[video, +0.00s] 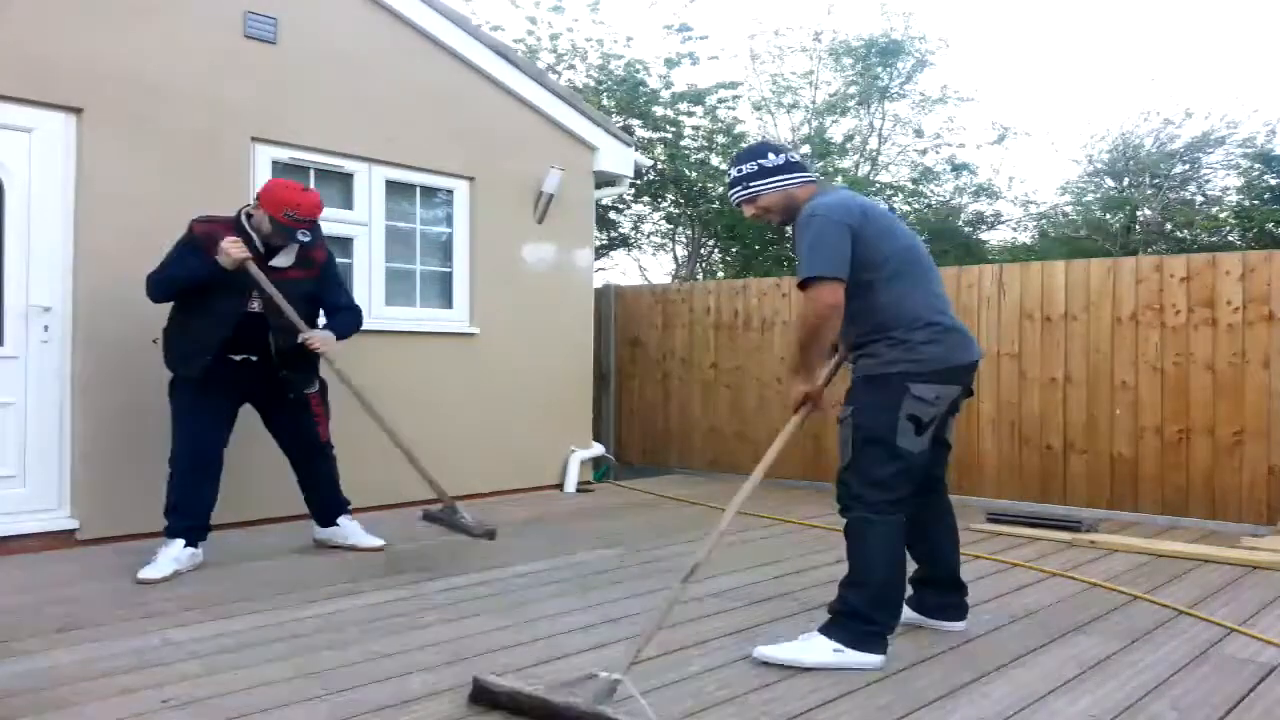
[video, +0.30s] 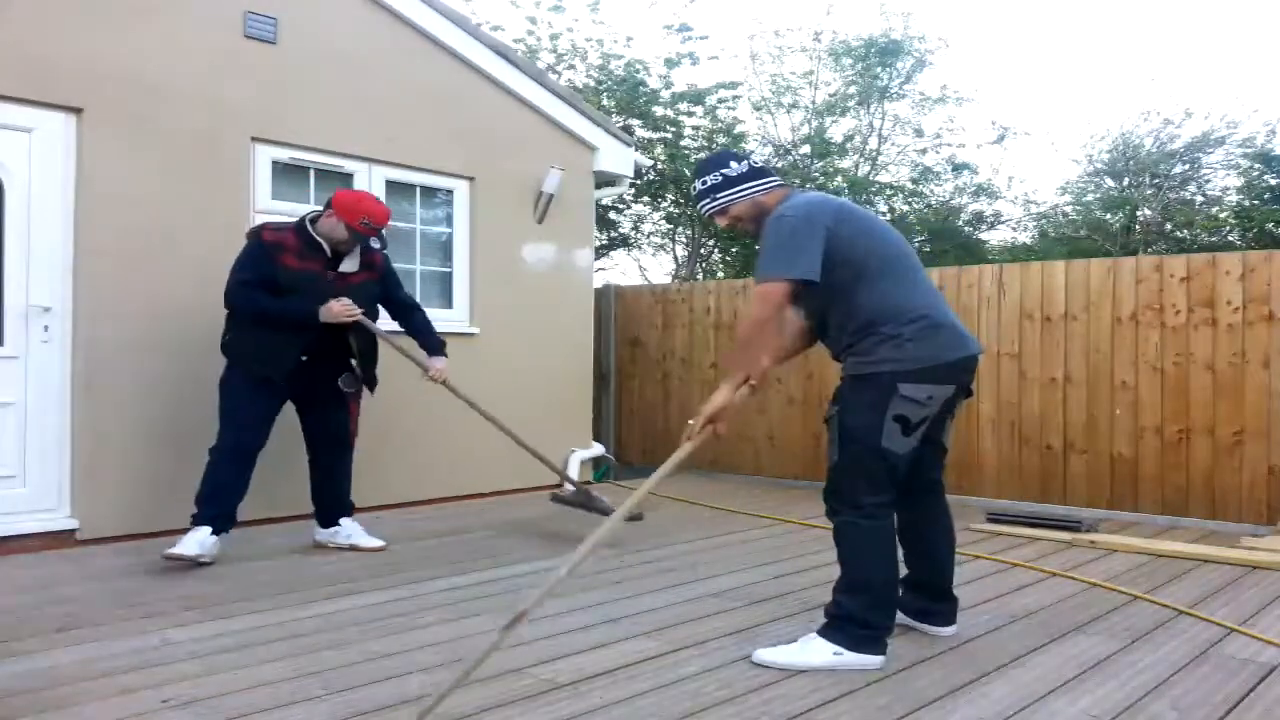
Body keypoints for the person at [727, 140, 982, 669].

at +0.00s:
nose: (750, 214)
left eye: (750, 200)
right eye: (743, 205)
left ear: (776, 183)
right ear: (795, 177)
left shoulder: (822, 213)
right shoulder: (852, 206)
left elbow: (826, 303)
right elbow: (861, 308)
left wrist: (804, 375)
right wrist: (820, 377)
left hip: (902, 366)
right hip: (942, 360)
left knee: (869, 496)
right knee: (922, 487)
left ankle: (858, 634)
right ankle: (941, 602)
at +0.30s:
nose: (724, 223)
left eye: (722, 210)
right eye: (717, 216)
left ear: (745, 192)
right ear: (761, 186)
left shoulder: (794, 216)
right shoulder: (824, 216)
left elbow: (765, 313)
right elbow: (807, 326)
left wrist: (726, 389)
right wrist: (756, 367)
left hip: (893, 365)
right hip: (943, 356)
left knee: (856, 497)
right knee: (918, 487)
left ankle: (857, 635)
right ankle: (931, 606)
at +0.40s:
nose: (722, 220)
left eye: (720, 206)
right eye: (715, 212)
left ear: (742, 187)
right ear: (763, 178)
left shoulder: (791, 211)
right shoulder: (824, 209)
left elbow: (761, 291)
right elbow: (805, 317)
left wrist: (713, 376)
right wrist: (755, 344)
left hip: (891, 363)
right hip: (939, 356)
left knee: (858, 496)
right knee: (914, 487)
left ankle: (857, 635)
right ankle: (932, 609)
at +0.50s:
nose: (723, 209)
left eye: (721, 195)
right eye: (717, 200)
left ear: (743, 177)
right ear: (764, 167)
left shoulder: (789, 206)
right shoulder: (824, 197)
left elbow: (759, 299)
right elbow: (843, 276)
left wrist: (713, 371)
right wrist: (787, 317)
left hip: (886, 361)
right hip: (932, 355)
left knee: (866, 496)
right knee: (910, 491)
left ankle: (857, 636)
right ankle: (924, 613)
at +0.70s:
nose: (736, 193)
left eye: (735, 180)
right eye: (730, 185)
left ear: (761, 159)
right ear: (780, 155)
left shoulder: (783, 203)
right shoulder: (853, 186)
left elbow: (760, 305)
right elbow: (877, 263)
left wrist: (753, 362)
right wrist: (827, 307)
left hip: (865, 364)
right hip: (913, 356)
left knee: (858, 498)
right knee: (876, 492)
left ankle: (861, 637)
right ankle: (871, 613)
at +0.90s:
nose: (735, 192)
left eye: (735, 178)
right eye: (728, 183)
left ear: (764, 162)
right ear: (785, 159)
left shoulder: (775, 210)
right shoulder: (862, 188)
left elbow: (764, 313)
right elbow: (909, 224)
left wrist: (773, 362)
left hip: (843, 363)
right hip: (907, 357)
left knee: (784, 483)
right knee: (866, 485)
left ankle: (842, 622)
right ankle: (883, 617)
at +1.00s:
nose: (722, 198)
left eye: (722, 185)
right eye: (717, 189)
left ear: (751, 169)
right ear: (774, 166)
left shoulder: (762, 216)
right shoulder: (847, 190)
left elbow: (758, 316)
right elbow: (907, 228)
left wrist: (763, 371)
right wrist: (862, 294)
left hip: (833, 361)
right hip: (902, 356)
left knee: (767, 476)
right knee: (864, 483)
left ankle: (791, 623)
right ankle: (878, 616)